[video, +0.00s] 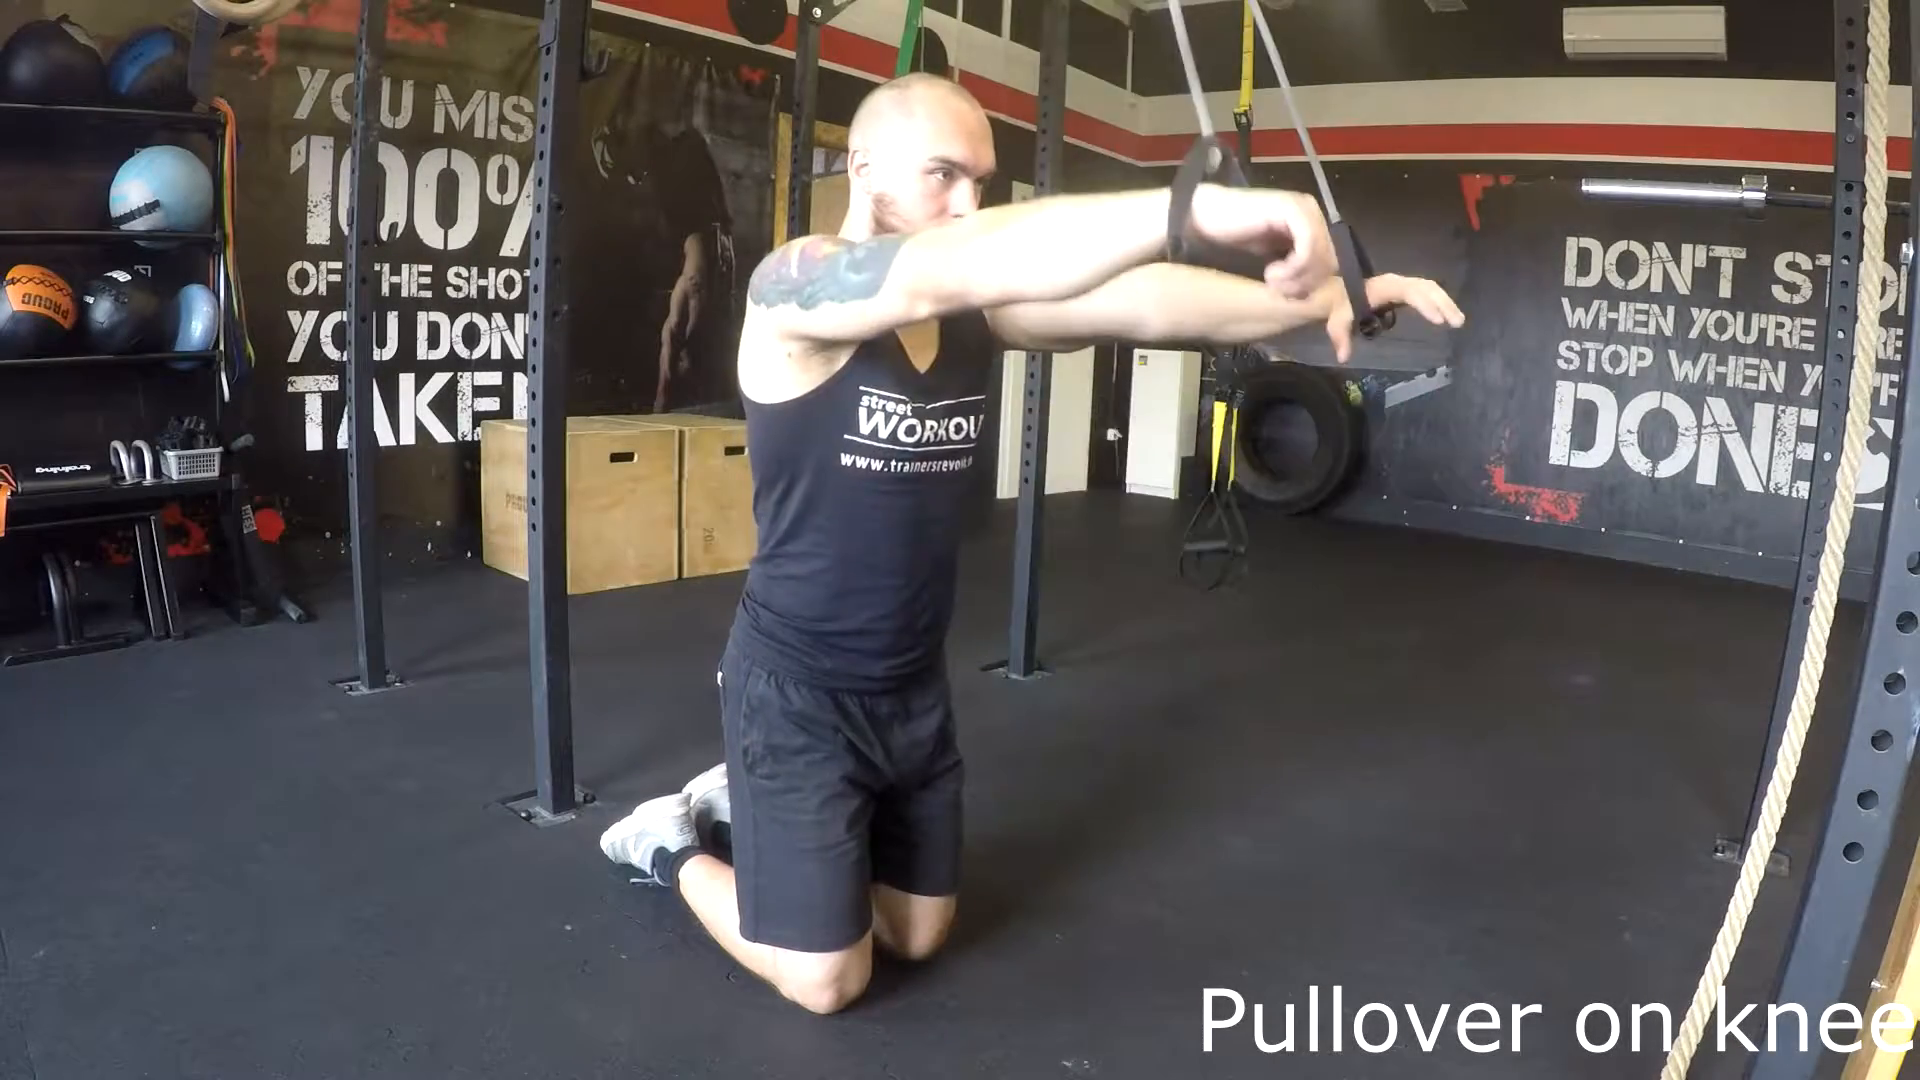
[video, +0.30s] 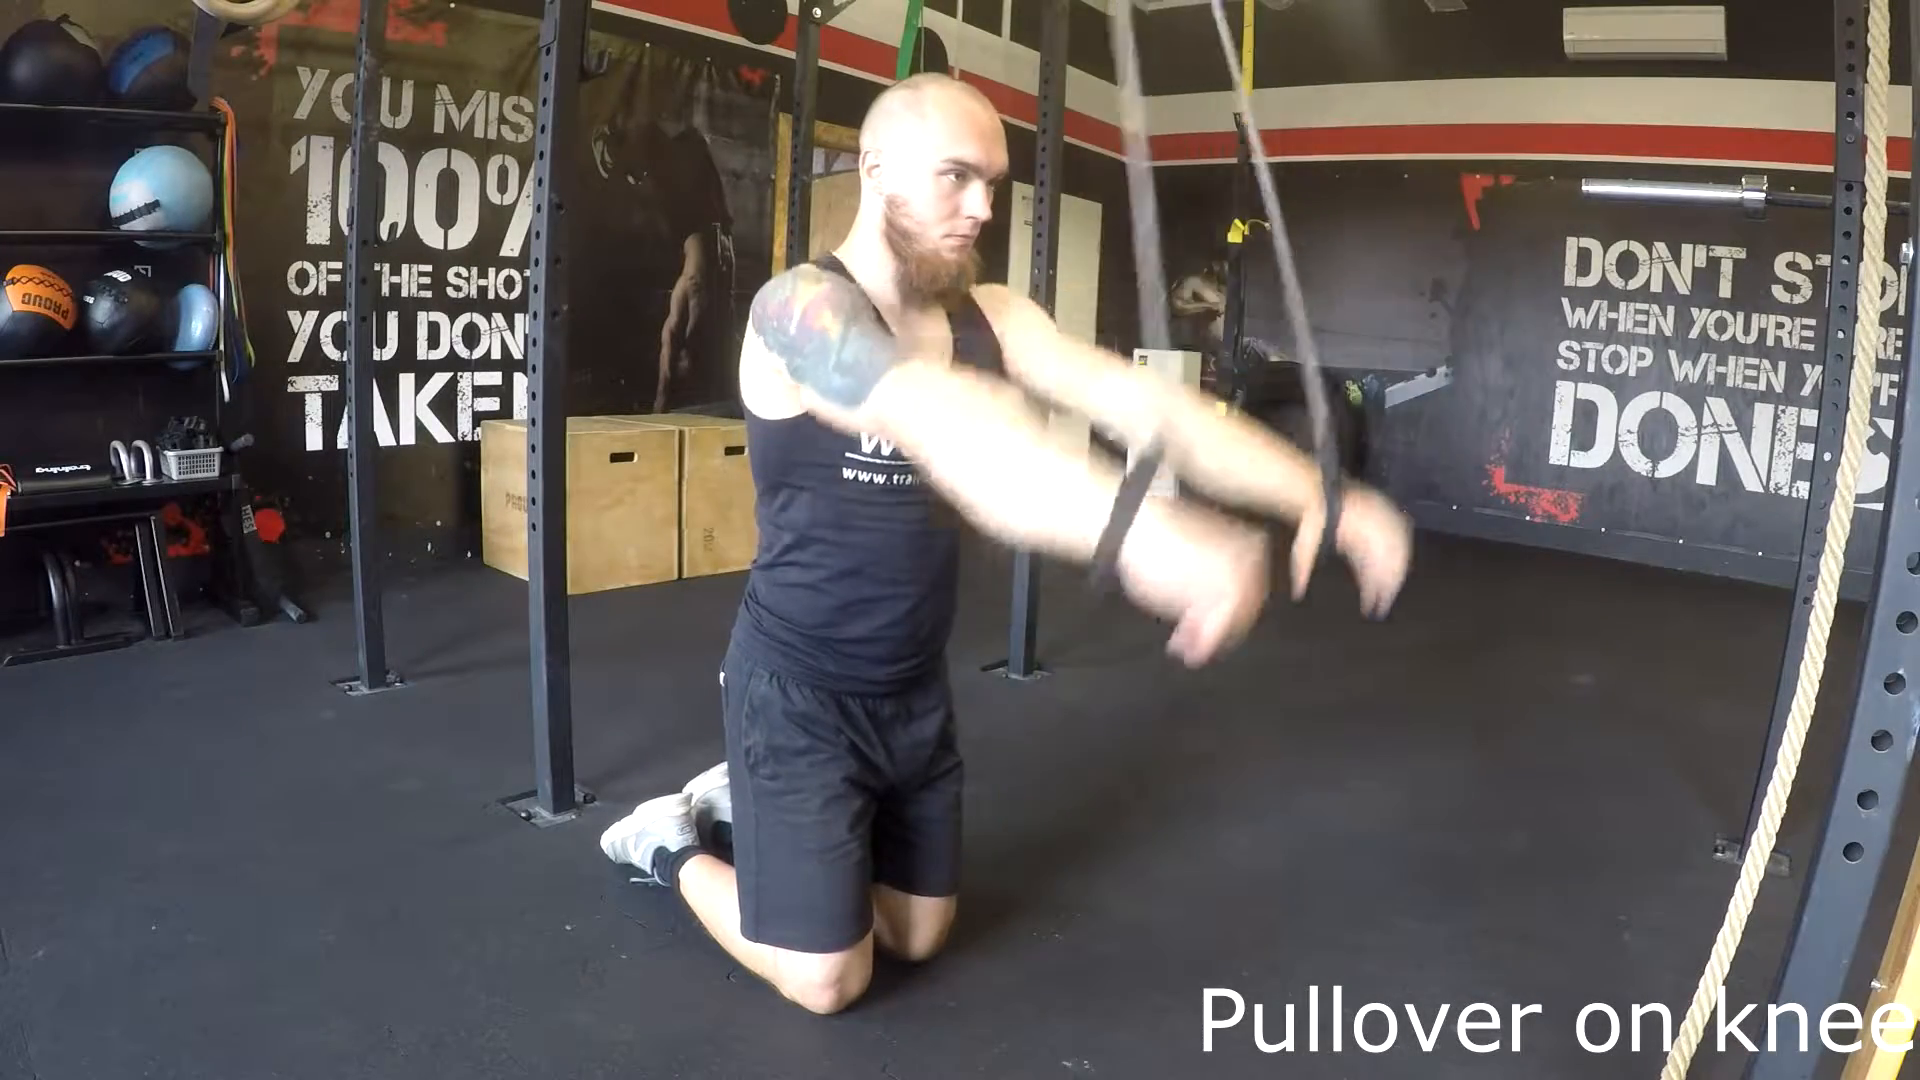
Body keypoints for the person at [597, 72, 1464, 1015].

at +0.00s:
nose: (969, 201)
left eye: (980, 180)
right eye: (943, 175)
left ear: (985, 181)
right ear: (863, 176)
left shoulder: (960, 292)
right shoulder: (793, 282)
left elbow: (1133, 303)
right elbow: (967, 263)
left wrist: (1320, 312)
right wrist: (1189, 212)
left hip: (913, 683)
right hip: (797, 683)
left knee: (916, 932)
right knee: (821, 977)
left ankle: (753, 809)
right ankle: (677, 854)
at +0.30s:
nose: (980, 209)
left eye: (994, 186)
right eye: (955, 179)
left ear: (998, 191)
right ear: (875, 173)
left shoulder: (989, 316)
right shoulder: (802, 308)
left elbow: (1146, 403)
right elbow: (961, 440)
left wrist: (1321, 495)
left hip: (914, 685)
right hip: (796, 686)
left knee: (916, 928)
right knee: (822, 982)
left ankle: (750, 810)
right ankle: (678, 852)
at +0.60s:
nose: (993, 205)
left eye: (1004, 180)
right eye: (969, 174)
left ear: (1009, 187)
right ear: (890, 175)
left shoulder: (999, 339)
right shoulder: (804, 328)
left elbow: (1062, 521)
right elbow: (811, 578)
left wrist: (1133, 676)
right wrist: (844, 799)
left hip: (917, 677)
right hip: (808, 678)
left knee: (916, 932)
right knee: (824, 980)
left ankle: (751, 801)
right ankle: (673, 850)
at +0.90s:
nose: (996, 204)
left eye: (1006, 179)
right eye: (970, 173)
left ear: (1012, 190)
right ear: (891, 173)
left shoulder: (999, 342)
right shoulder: (795, 335)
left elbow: (994, 542)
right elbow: (742, 575)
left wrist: (994, 685)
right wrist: (714, 768)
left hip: (924, 695)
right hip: (802, 703)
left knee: (916, 933)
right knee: (826, 981)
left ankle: (770, 829)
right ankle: (682, 841)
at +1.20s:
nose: (996, 206)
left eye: (1006, 180)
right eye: (971, 174)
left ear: (1011, 191)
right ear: (892, 175)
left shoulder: (993, 339)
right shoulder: (793, 334)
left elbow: (982, 538)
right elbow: (742, 578)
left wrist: (971, 685)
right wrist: (715, 767)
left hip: (925, 699)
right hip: (805, 705)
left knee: (916, 933)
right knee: (827, 981)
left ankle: (771, 829)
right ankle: (683, 842)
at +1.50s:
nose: (990, 201)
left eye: (1002, 176)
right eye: (964, 169)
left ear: (1007, 186)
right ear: (886, 173)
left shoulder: (996, 337)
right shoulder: (796, 333)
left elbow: (1037, 530)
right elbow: (782, 583)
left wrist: (1084, 679)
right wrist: (801, 793)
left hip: (920, 693)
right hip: (810, 694)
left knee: (916, 932)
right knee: (825, 981)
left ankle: (731, 808)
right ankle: (673, 854)